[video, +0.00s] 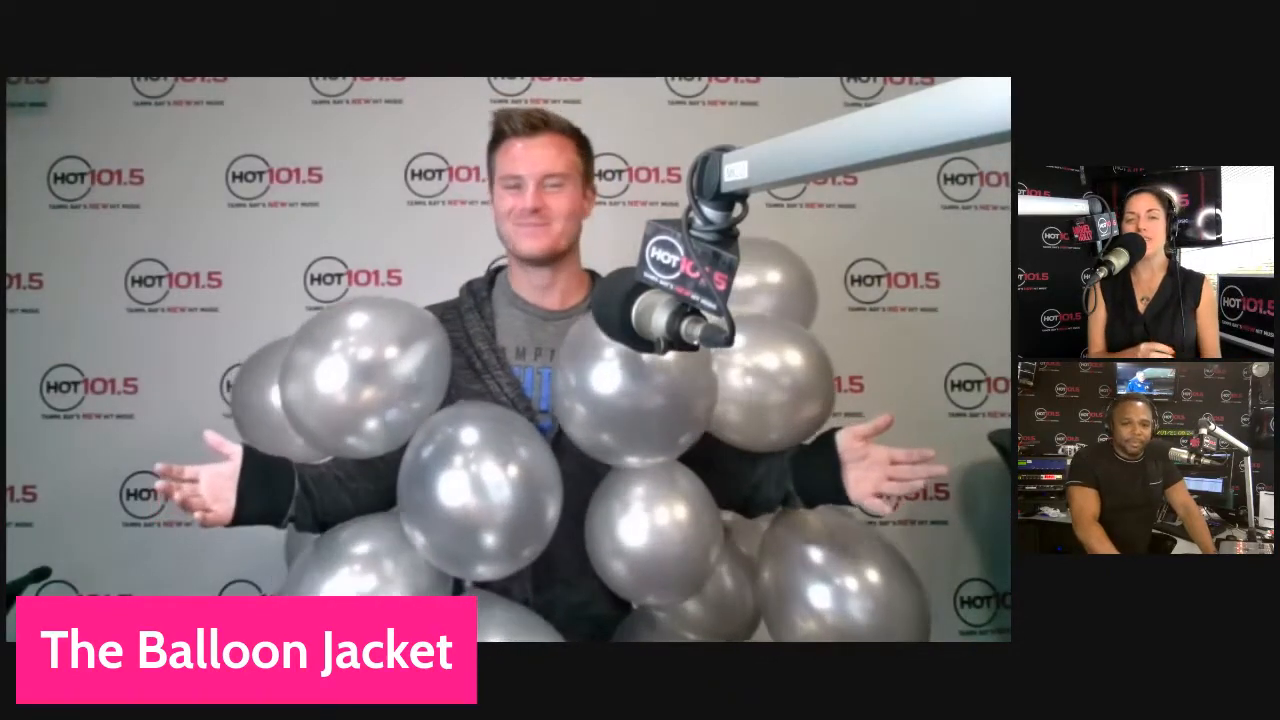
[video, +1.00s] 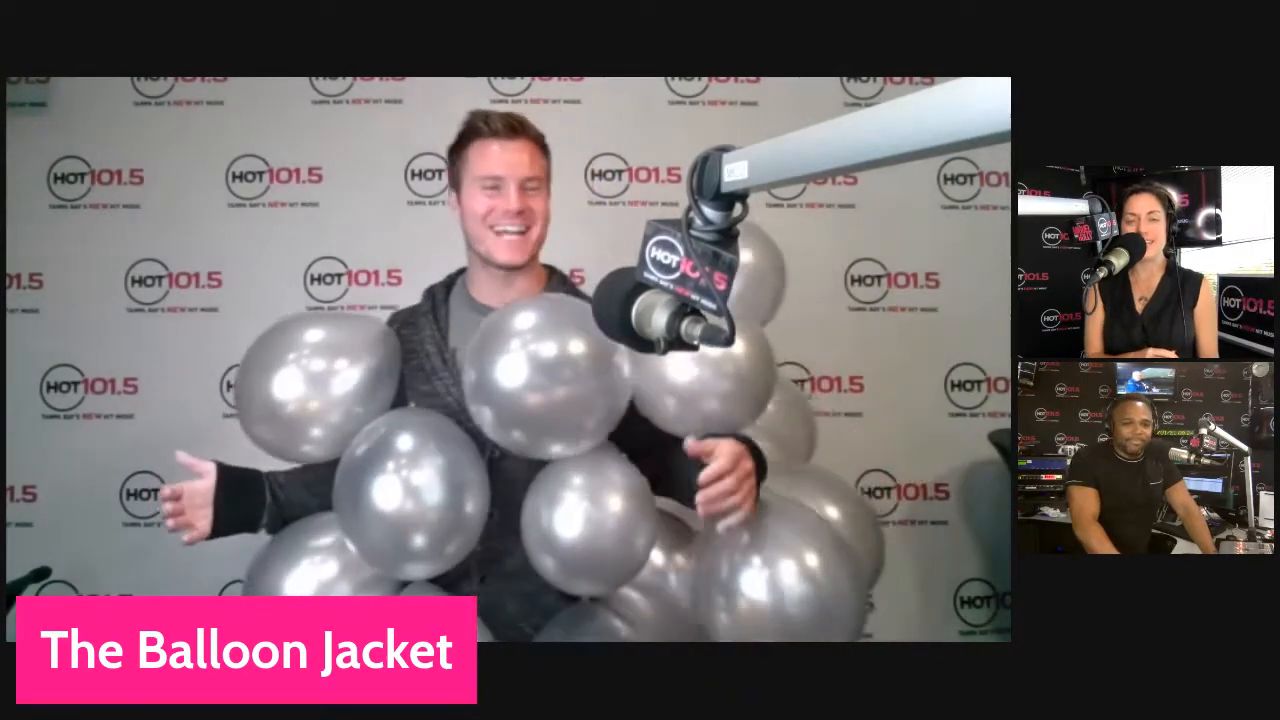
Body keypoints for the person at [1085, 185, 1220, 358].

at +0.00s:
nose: (1140, 227)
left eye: (1152, 217)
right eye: (1131, 219)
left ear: (1168, 226)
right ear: (1121, 228)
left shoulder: (1197, 287)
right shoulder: (1102, 288)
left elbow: (1212, 364)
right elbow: (1095, 358)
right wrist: (1133, 354)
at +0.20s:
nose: (1140, 228)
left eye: (1152, 218)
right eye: (1130, 220)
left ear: (1168, 225)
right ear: (1120, 228)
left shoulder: (1197, 287)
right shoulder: (1101, 289)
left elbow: (1210, 364)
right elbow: (1094, 359)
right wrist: (1136, 356)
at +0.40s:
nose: (1141, 230)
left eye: (1153, 220)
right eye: (1130, 222)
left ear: (1168, 226)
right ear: (1120, 228)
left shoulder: (1196, 287)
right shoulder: (1101, 289)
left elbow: (1211, 365)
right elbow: (1094, 360)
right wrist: (1137, 356)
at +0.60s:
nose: (1141, 230)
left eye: (1153, 220)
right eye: (1130, 222)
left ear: (1167, 226)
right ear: (1120, 228)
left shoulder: (1196, 287)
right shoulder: (1099, 289)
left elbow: (1210, 366)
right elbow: (1093, 360)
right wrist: (1140, 356)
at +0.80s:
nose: (1142, 229)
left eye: (1153, 219)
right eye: (1131, 220)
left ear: (1167, 226)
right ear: (1120, 227)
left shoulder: (1196, 287)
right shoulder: (1099, 289)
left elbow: (1210, 366)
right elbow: (1093, 361)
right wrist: (1139, 356)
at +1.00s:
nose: (1141, 229)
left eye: (1153, 219)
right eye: (1131, 220)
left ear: (1167, 225)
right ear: (1120, 227)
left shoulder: (1196, 287)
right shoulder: (1099, 289)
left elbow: (1210, 366)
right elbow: (1093, 361)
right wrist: (1138, 357)